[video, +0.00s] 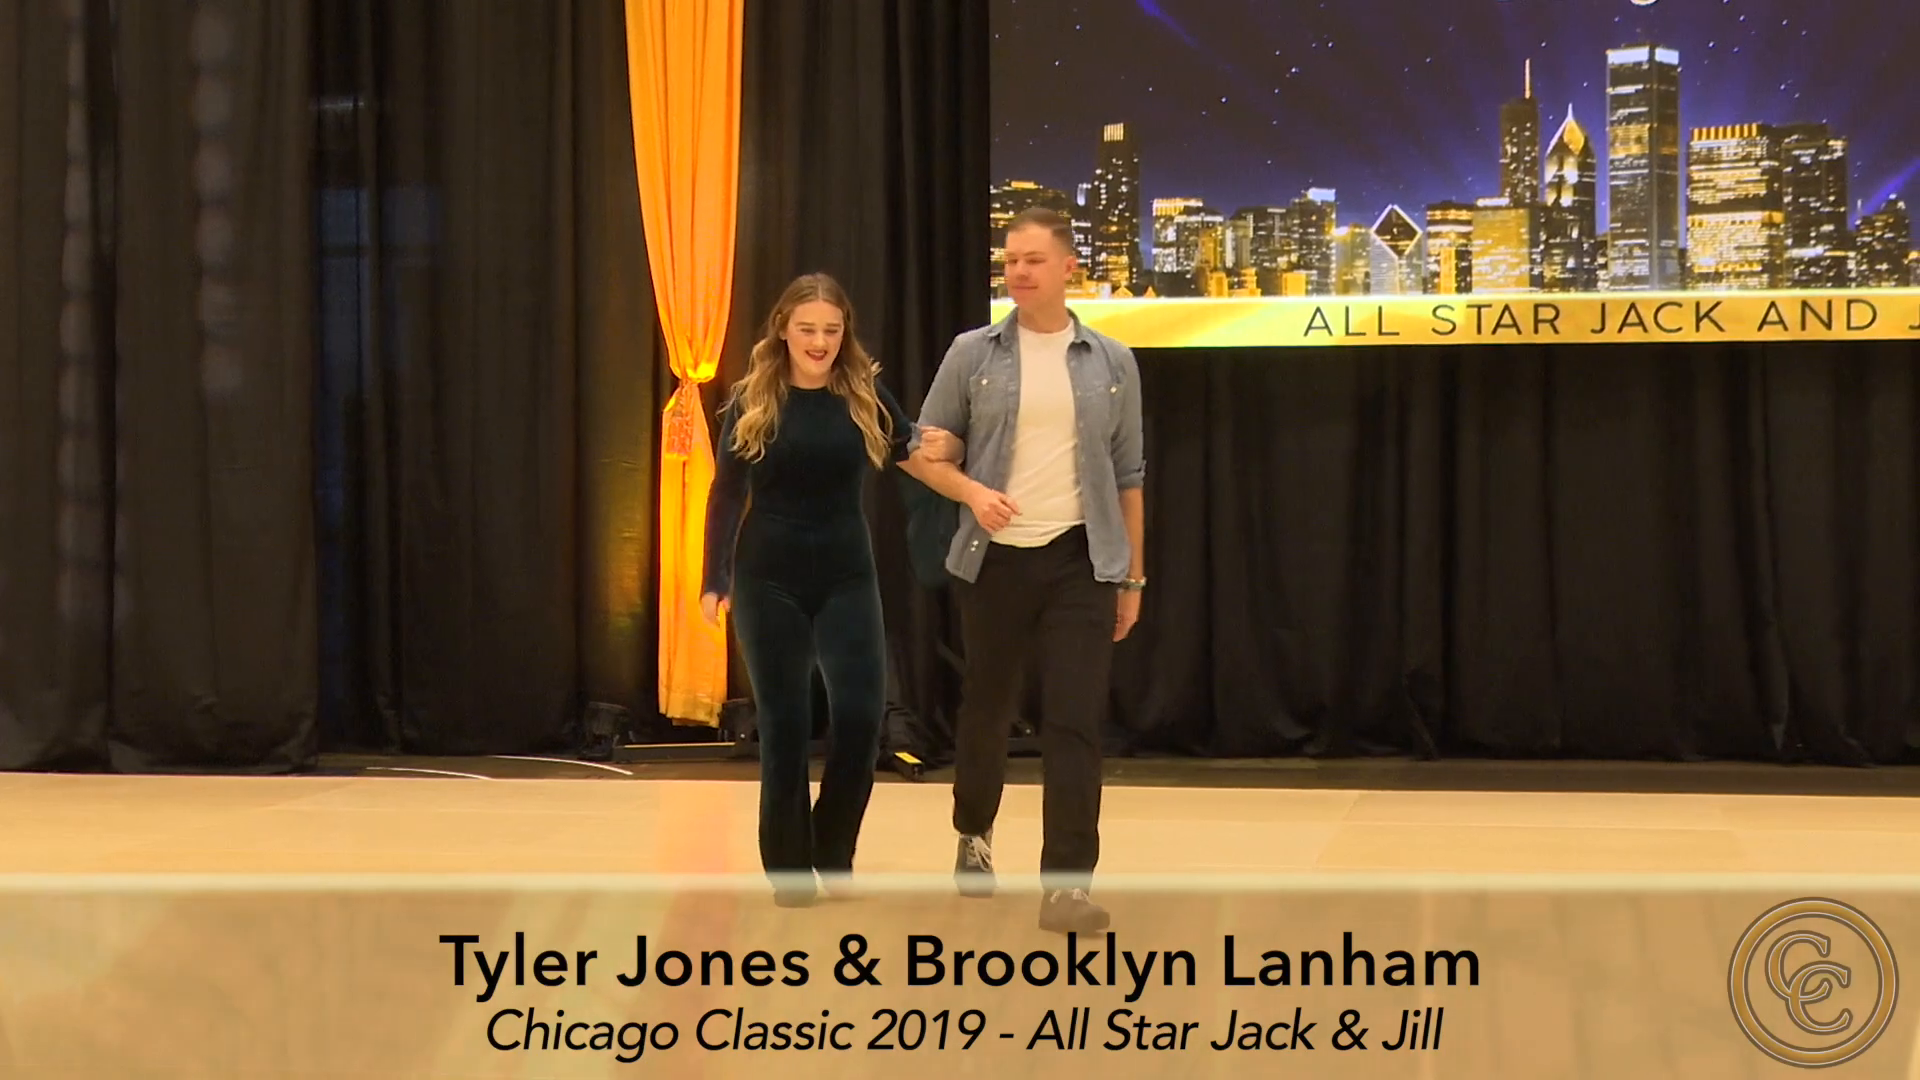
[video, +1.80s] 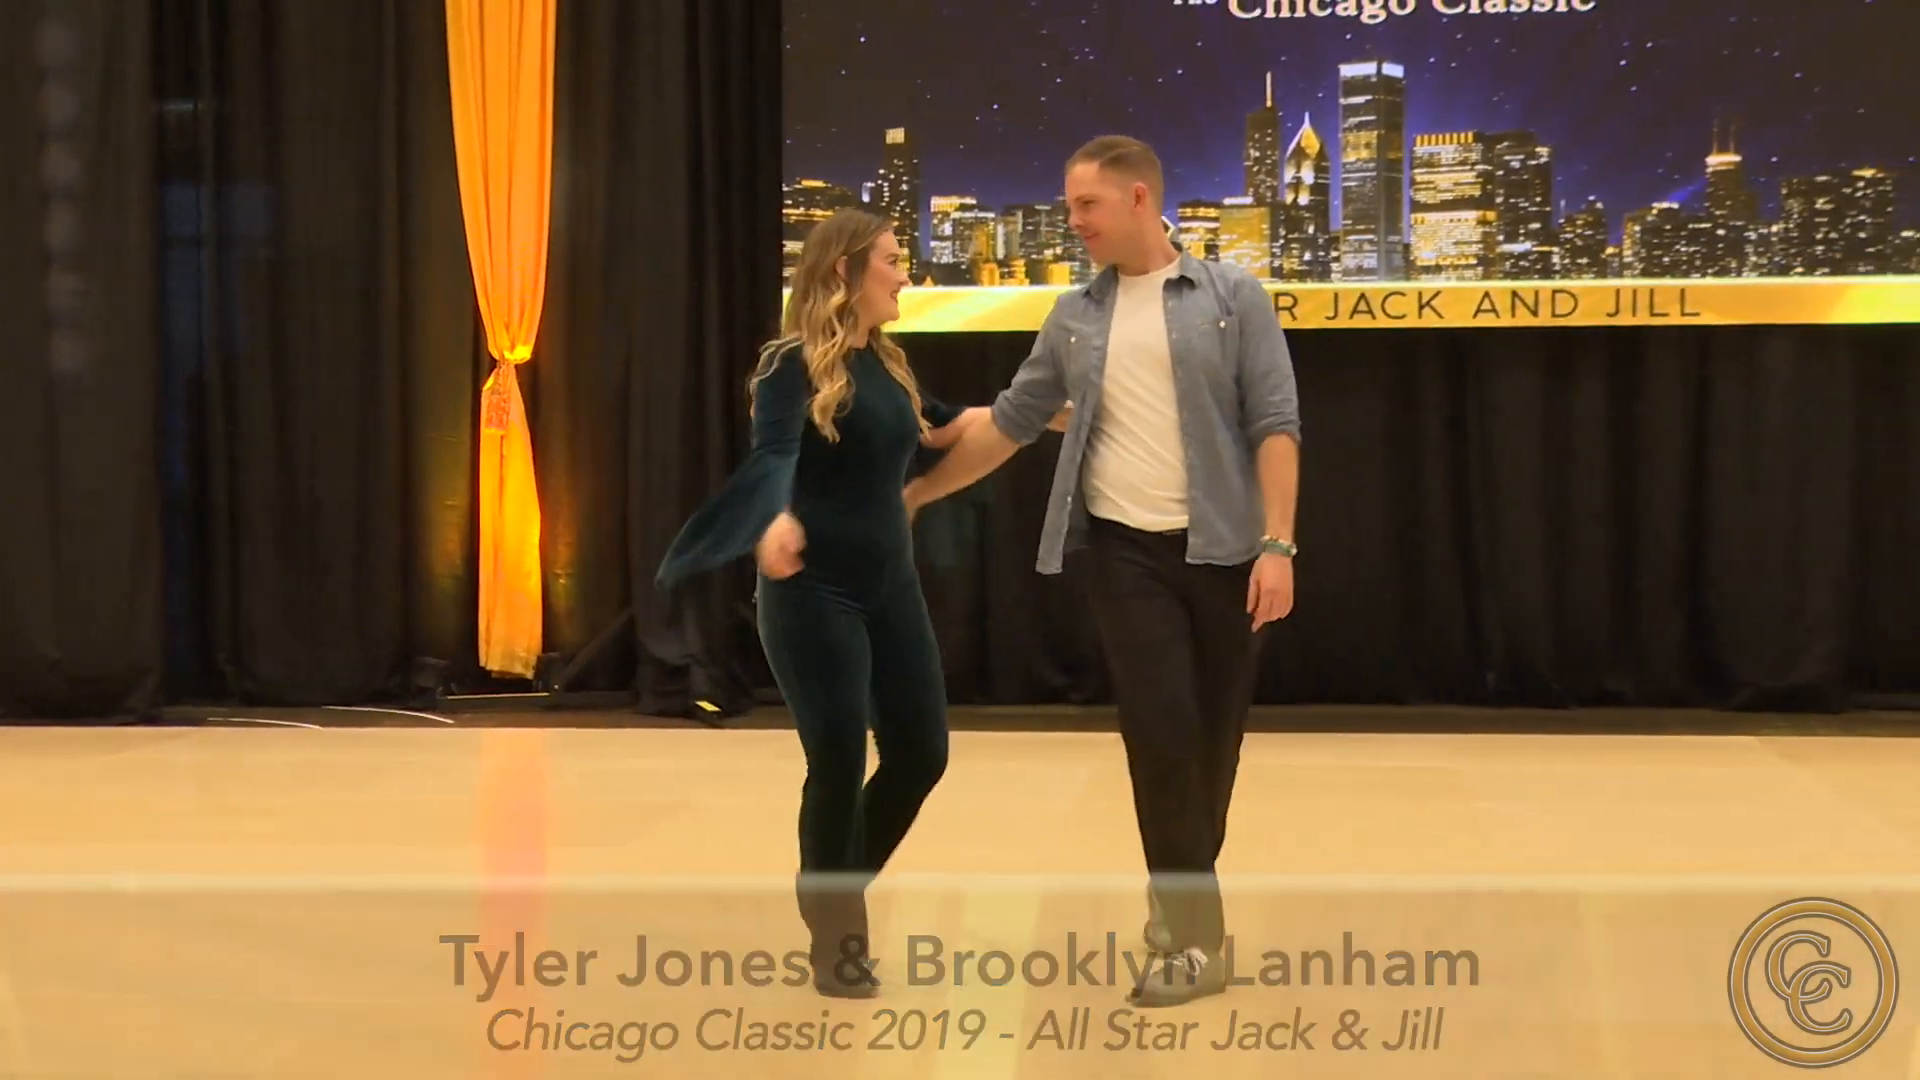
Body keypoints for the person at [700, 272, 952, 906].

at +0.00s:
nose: (818, 340)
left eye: (829, 329)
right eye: (805, 328)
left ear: (844, 334)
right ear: (783, 332)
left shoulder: (865, 399)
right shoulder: (750, 404)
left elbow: (914, 455)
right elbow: (727, 495)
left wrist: (950, 448)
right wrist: (716, 576)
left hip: (847, 580)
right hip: (767, 581)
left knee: (860, 718)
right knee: (785, 725)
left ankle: (832, 860)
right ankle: (787, 867)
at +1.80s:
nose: (904, 275)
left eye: (902, 262)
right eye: (892, 262)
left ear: (867, 273)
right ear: (846, 271)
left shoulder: (886, 364)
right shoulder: (793, 362)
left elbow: (928, 437)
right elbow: (773, 454)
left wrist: (1026, 418)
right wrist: (776, 516)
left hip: (892, 588)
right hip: (812, 589)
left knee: (918, 756)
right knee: (839, 759)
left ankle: (837, 896)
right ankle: (834, 938)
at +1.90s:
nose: (908, 267)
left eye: (903, 254)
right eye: (894, 254)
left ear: (868, 268)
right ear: (849, 267)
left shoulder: (886, 357)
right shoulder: (799, 355)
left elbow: (909, 451)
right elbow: (802, 449)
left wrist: (971, 418)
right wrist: (852, 474)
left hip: (893, 583)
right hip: (812, 587)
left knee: (929, 749)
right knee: (827, 760)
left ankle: (881, 928)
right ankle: (820, 941)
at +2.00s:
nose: (914, 264)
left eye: (910, 251)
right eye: (901, 251)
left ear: (875, 266)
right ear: (855, 264)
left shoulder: (897, 361)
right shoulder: (810, 355)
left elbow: (925, 474)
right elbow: (849, 448)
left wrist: (958, 431)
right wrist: (937, 430)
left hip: (903, 576)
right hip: (821, 578)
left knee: (919, 769)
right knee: (824, 763)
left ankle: (944, 954)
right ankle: (818, 948)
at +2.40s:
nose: (938, 260)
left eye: (934, 247)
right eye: (925, 247)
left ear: (883, 264)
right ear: (880, 262)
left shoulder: (913, 351)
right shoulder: (864, 346)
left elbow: (963, 470)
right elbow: (936, 425)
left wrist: (1025, 375)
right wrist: (1025, 356)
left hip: (939, 575)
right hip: (872, 578)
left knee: (936, 768)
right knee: (886, 765)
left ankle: (920, 953)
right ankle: (821, 956)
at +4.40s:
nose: (952, 281)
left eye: (950, 269)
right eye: (941, 270)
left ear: (911, 282)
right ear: (903, 282)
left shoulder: (905, 356)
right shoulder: (898, 363)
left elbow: (956, 413)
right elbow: (976, 447)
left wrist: (1003, 362)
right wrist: (1010, 378)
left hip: (892, 558)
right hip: (906, 563)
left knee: (894, 723)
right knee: (937, 715)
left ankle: (897, 887)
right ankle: (904, 903)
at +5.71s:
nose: (960, 276)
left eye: (959, 265)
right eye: (946, 264)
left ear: (926, 279)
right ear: (901, 273)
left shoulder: (914, 356)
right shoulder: (882, 352)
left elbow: (950, 452)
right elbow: (955, 428)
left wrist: (1013, 422)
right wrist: (1017, 366)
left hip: (905, 565)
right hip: (873, 568)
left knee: (937, 711)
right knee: (899, 729)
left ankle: (916, 889)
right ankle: (871, 910)